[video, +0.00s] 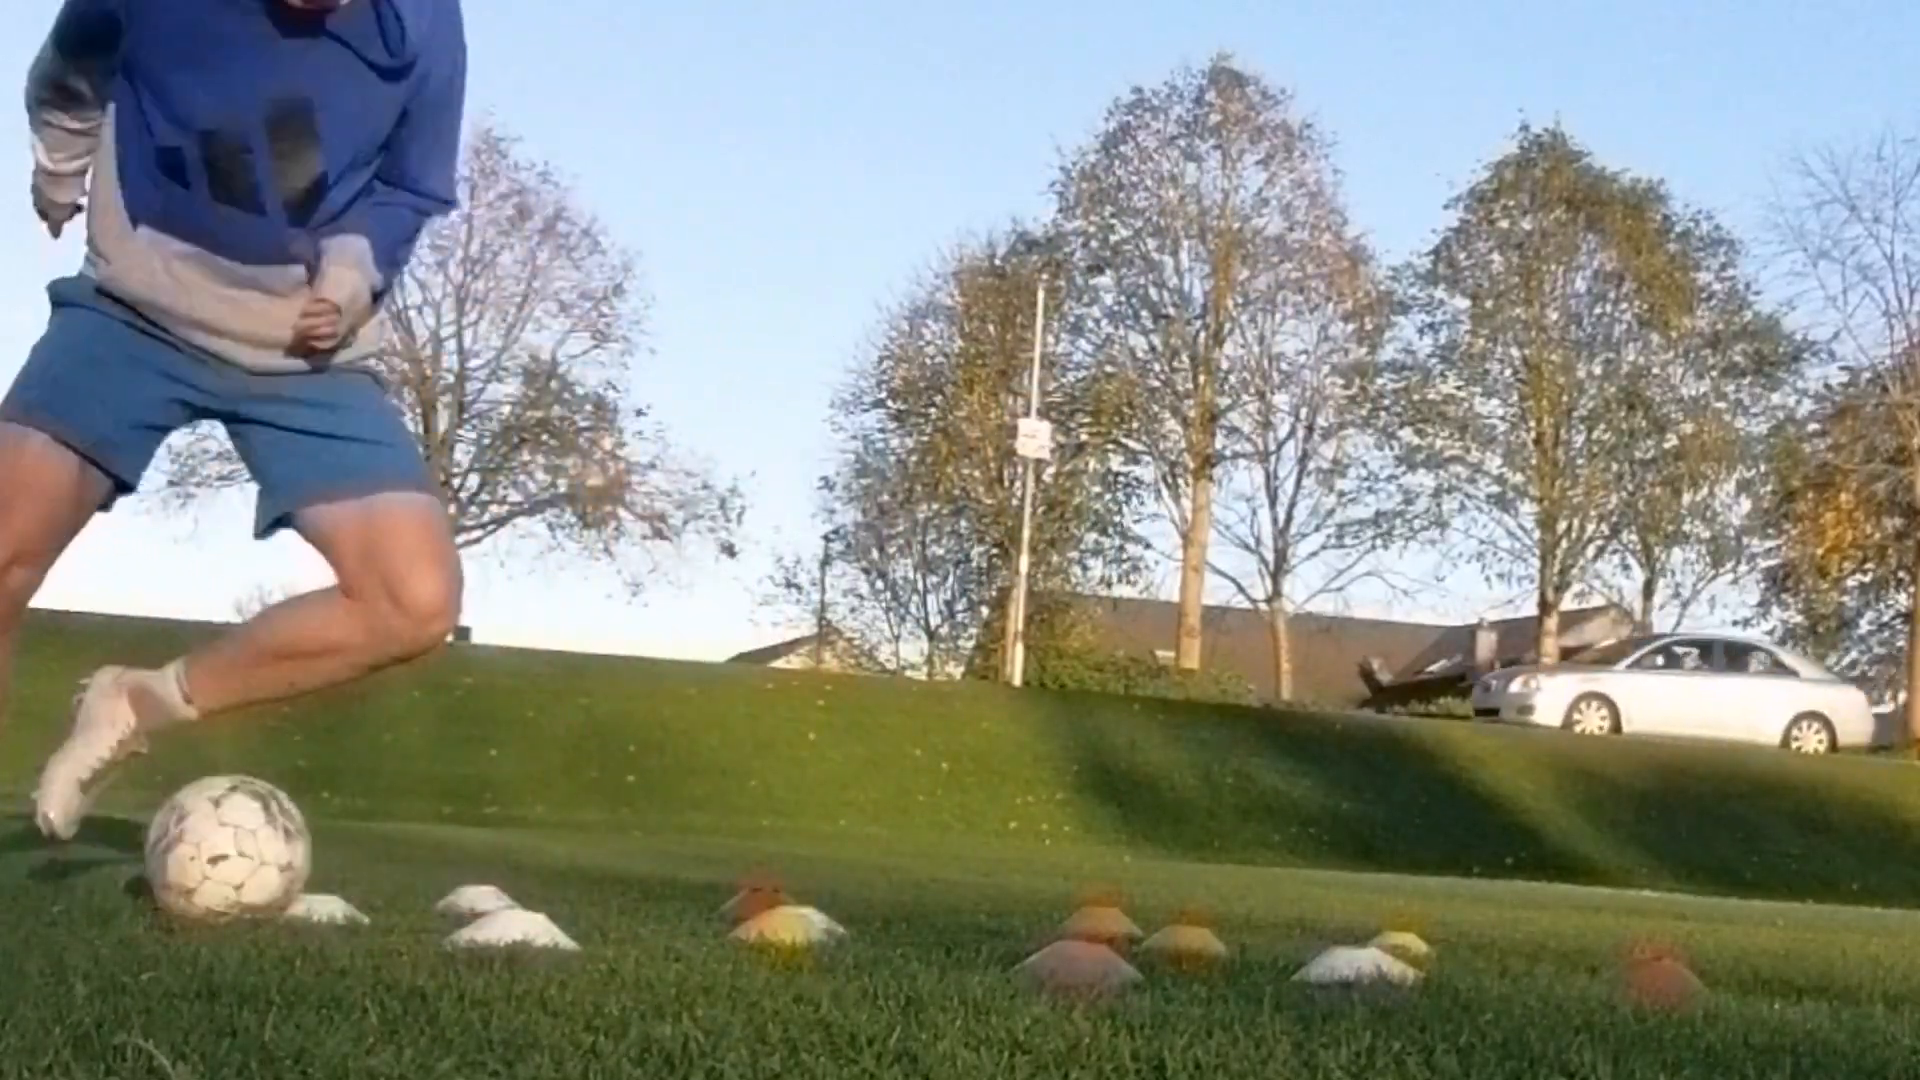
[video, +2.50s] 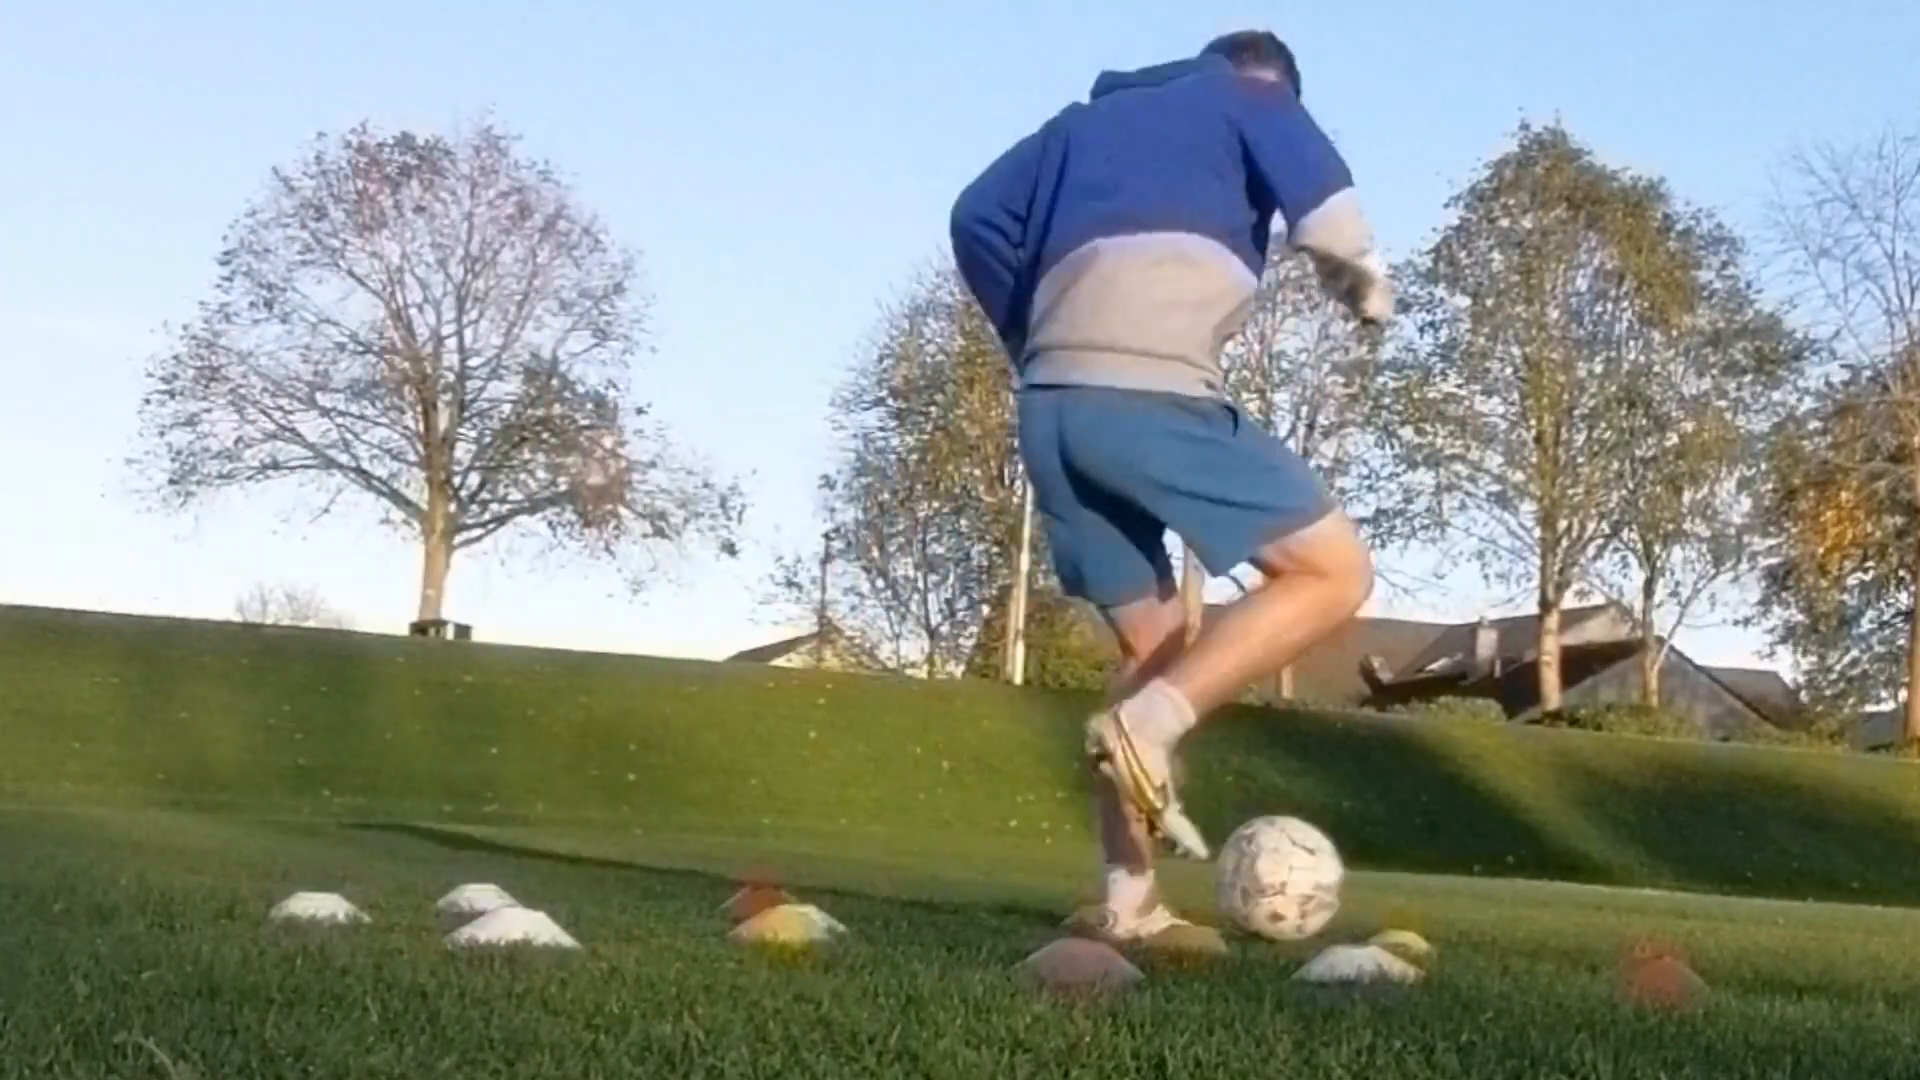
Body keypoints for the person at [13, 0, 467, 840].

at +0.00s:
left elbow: (410, 187)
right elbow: (69, 79)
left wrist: (352, 285)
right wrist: (61, 177)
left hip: (311, 364)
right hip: (129, 321)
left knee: (413, 603)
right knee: (5, 565)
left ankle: (147, 700)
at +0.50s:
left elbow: (522, 89)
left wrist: (628, 184)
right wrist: (298, 130)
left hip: (516, 189)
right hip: (414, 161)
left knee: (676, 478)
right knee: (549, 482)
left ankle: (597, 817)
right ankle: (436, 871)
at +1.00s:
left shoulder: (814, 19)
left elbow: (837, 59)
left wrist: (973, 97)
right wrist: (448, 31)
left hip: (576, 201)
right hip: (675, 186)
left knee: (640, 557)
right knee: (877, 472)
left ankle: (493, 879)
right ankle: (837, 810)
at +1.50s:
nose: (1002, 39)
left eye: (1008, 27)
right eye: (1004, 21)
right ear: (978, 6)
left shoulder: (719, 8)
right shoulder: (935, 5)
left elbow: (578, 34)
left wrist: (662, 155)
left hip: (611, 240)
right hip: (760, 252)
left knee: (594, 513)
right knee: (852, 557)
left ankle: (466, 782)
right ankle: (865, 875)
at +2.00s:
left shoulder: (772, 5)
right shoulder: (970, 5)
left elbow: (677, 89)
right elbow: (991, 121)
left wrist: (766, 172)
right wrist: (1066, 256)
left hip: (723, 284)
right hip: (852, 281)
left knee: (710, 585)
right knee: (994, 532)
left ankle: (645, 859)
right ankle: (911, 776)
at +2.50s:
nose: (1280, 118)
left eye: (1282, 104)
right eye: (1280, 101)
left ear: (1201, 64)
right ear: (1260, 76)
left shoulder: (1081, 120)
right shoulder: (1250, 97)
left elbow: (978, 217)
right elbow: (1330, 225)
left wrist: (1042, 347)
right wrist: (1361, 286)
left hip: (1049, 411)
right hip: (1158, 402)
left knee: (1157, 648)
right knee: (1333, 574)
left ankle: (1127, 904)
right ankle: (1147, 724)